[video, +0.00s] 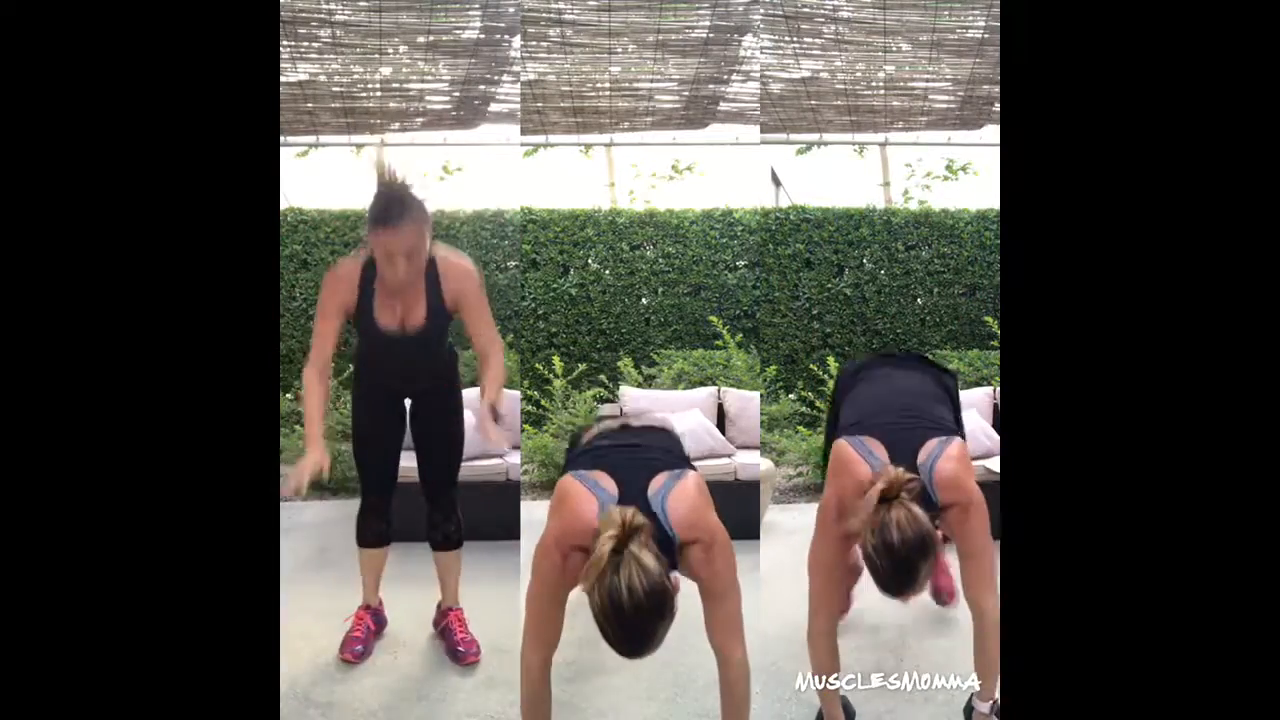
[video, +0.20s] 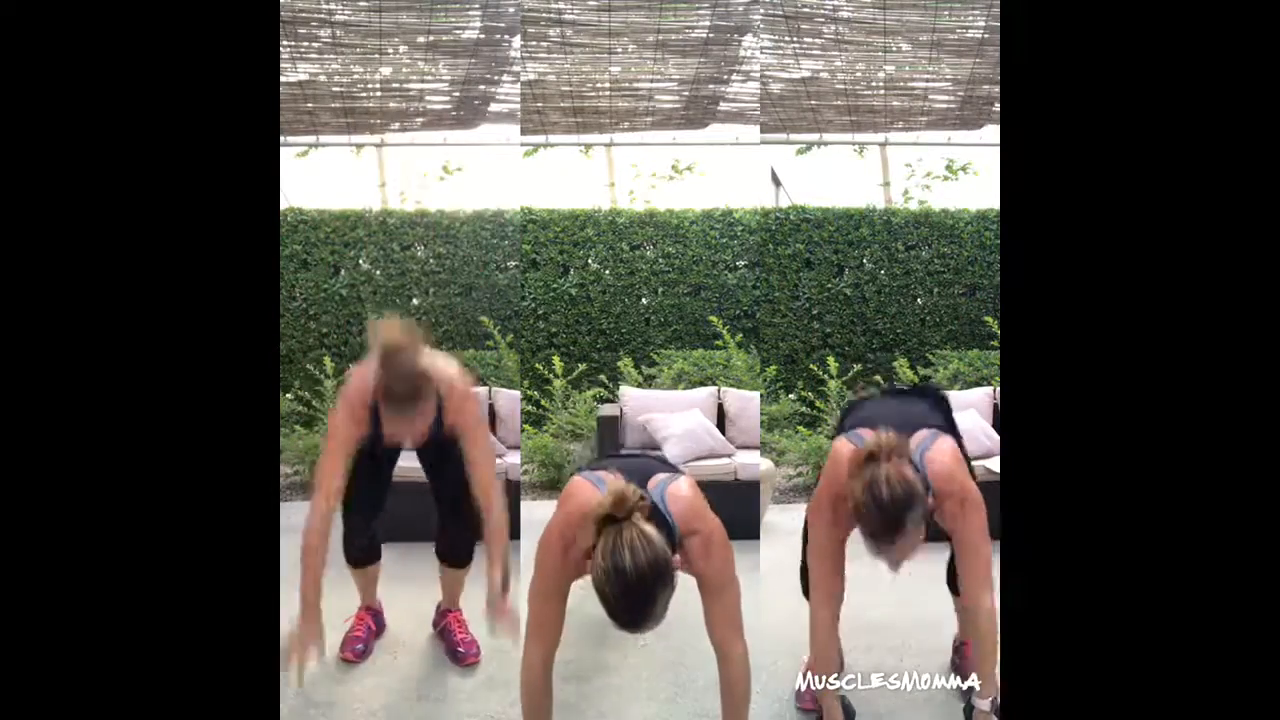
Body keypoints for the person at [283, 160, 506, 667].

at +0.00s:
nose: (399, 266)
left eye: (409, 254)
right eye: (387, 255)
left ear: (427, 238)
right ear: (371, 241)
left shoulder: (457, 272)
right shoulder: (347, 277)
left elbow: (492, 348)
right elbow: (318, 365)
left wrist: (488, 402)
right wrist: (314, 445)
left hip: (437, 388)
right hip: (375, 389)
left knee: (442, 498)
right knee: (375, 498)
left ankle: (450, 611)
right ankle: (370, 609)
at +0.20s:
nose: (407, 426)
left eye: (416, 418)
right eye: (397, 419)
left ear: (430, 394)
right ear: (379, 393)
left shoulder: (455, 387)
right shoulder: (358, 389)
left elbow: (489, 495)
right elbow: (322, 505)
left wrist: (499, 588)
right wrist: (309, 617)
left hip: (439, 434)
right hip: (376, 436)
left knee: (461, 518)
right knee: (358, 523)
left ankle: (450, 613)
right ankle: (369, 611)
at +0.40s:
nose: (410, 562)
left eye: (418, 556)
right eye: (400, 557)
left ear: (438, 512)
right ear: (380, 513)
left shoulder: (455, 477)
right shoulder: (358, 475)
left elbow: (478, 595)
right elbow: (337, 599)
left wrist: (482, 695)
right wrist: (324, 702)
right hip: (368, 377)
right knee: (361, 514)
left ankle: (452, 609)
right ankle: (369, 607)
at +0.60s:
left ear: (433, 553)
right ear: (365, 559)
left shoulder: (459, 506)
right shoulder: (349, 503)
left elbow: (484, 610)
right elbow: (321, 611)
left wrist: (481, 701)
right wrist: (325, 704)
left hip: (436, 395)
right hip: (364, 397)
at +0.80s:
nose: (412, 602)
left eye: (422, 594)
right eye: (401, 597)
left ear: (437, 547)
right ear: (370, 549)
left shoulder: (460, 499)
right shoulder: (352, 491)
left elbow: (485, 612)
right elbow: (322, 613)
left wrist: (481, 701)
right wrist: (326, 706)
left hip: (439, 453)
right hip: (372, 454)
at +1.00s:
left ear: (439, 552)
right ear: (366, 558)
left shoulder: (458, 500)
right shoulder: (352, 494)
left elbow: (485, 612)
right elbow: (323, 613)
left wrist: (481, 702)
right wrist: (325, 707)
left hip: (435, 419)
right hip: (369, 419)